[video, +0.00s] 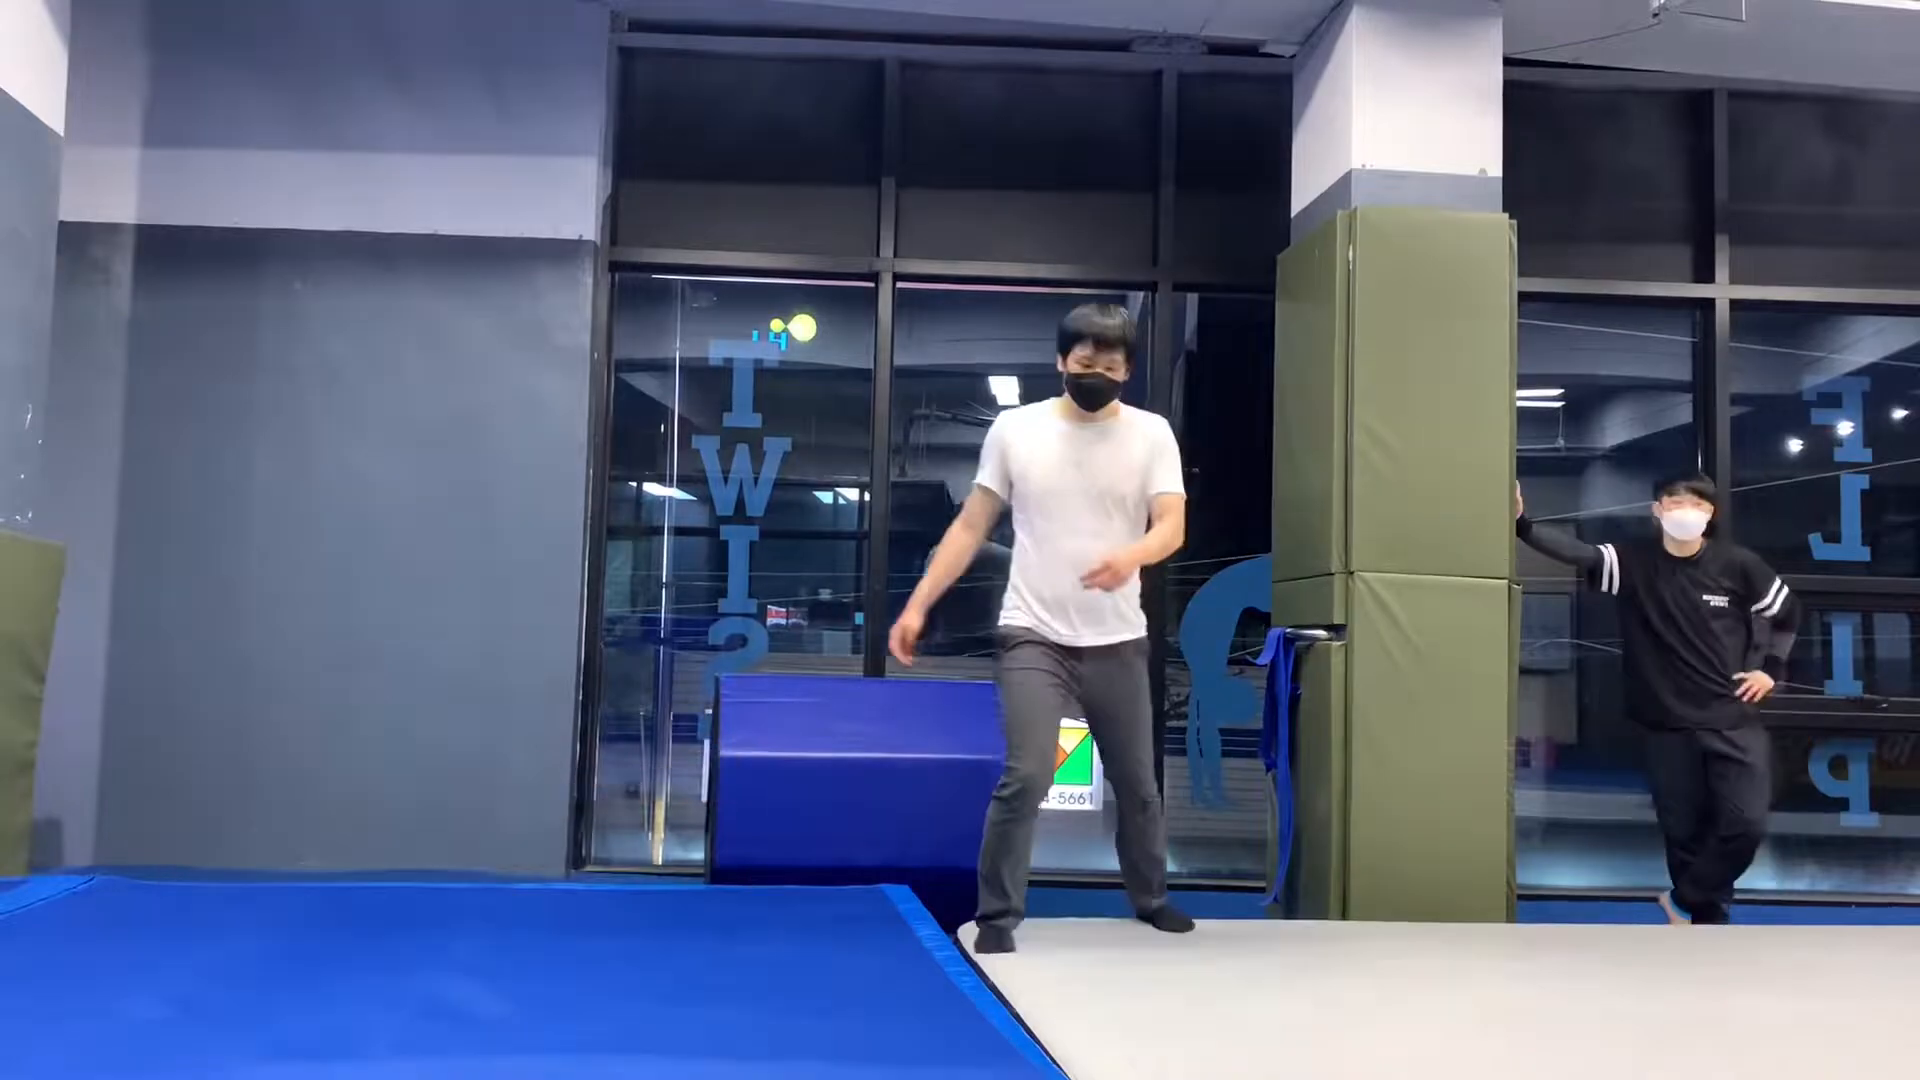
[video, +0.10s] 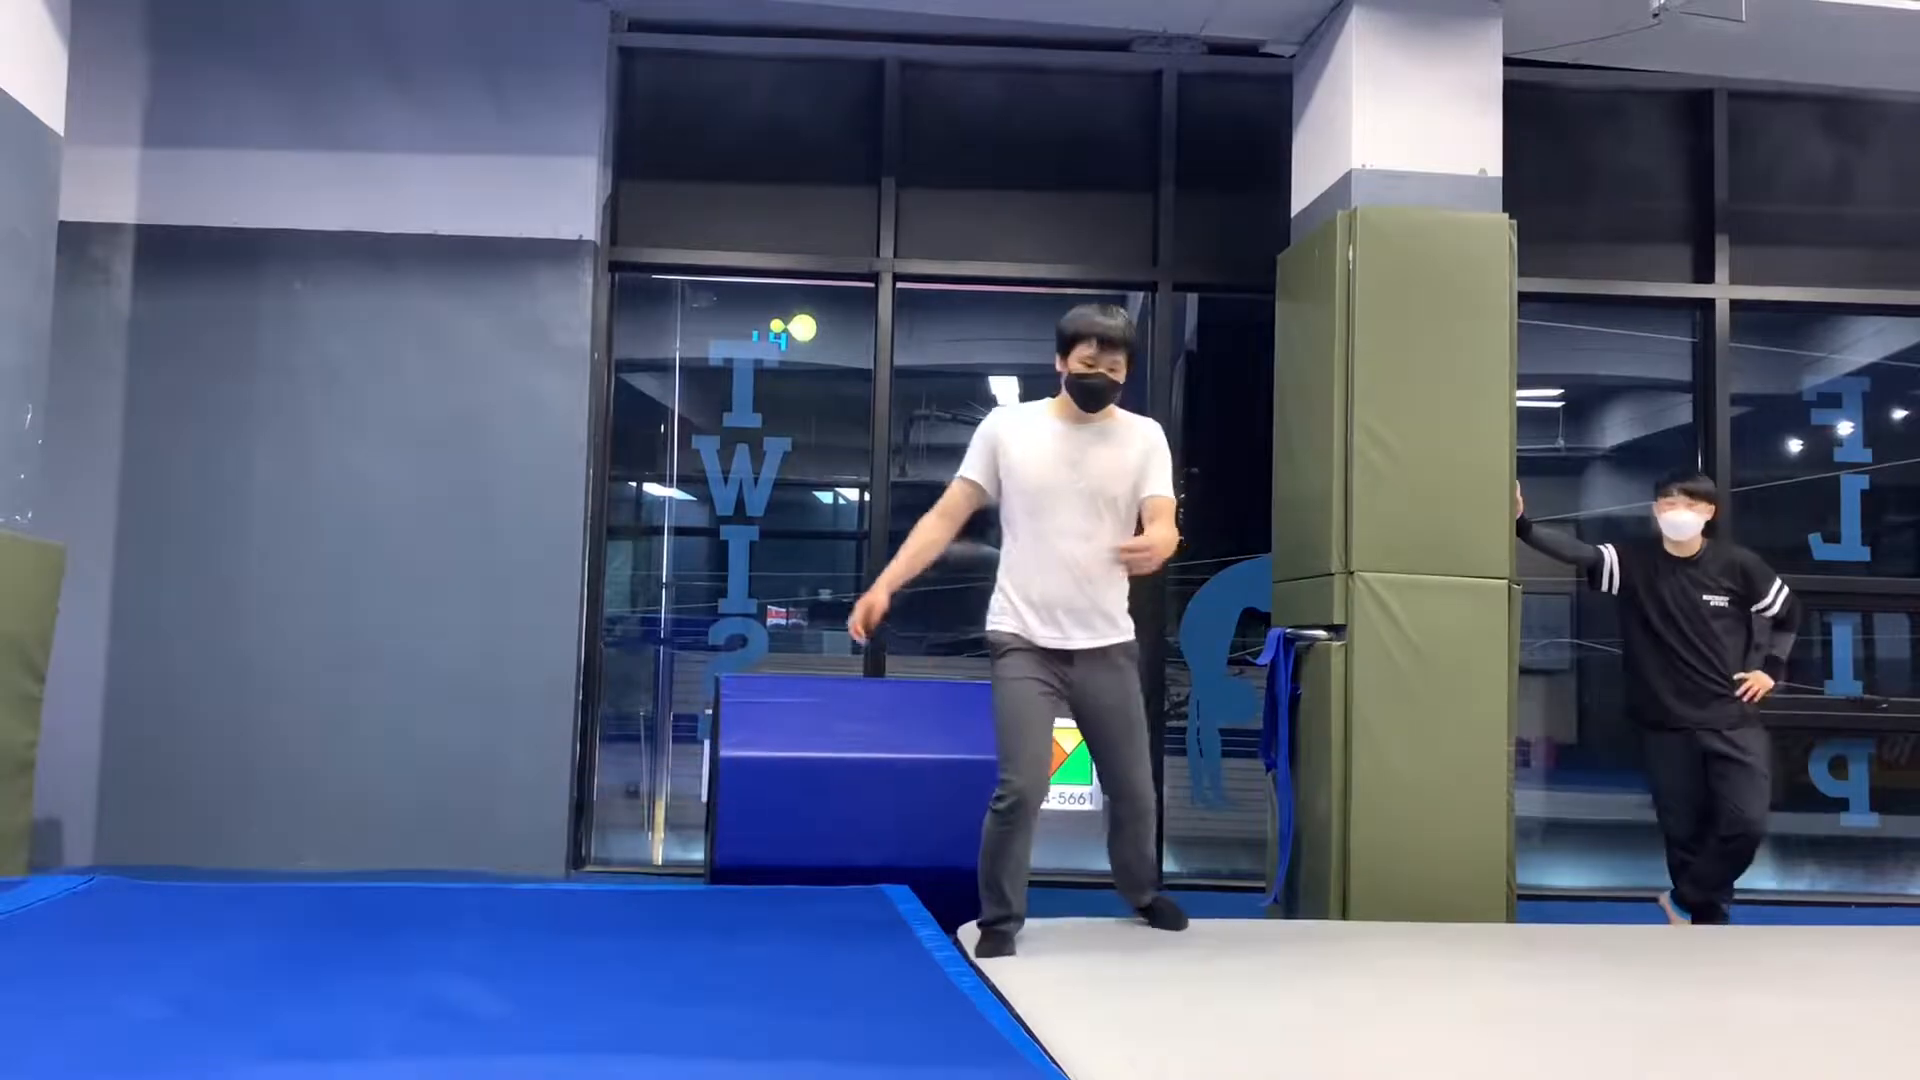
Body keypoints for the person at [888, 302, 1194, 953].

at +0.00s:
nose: (1096, 367)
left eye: (1111, 357)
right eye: (1086, 354)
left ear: (1128, 365)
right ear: (1062, 358)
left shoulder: (1151, 434)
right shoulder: (1014, 431)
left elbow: (1172, 527)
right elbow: (970, 527)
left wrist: (1132, 557)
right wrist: (918, 605)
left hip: (1117, 638)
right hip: (1033, 634)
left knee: (1138, 783)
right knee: (1026, 777)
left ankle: (1152, 900)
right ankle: (996, 920)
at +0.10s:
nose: (1096, 366)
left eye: (1110, 356)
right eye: (1085, 353)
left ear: (1128, 367)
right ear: (1061, 359)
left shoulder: (1144, 437)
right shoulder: (1007, 428)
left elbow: (1162, 523)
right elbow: (945, 517)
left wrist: (1158, 543)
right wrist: (883, 587)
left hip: (1106, 644)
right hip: (1022, 640)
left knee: (1135, 788)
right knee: (1021, 786)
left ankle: (1141, 890)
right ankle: (999, 922)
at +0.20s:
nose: (1112, 373)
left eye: (1123, 364)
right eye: (1100, 359)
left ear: (1132, 372)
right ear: (1066, 360)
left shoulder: (1140, 445)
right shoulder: (1004, 423)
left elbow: (1174, 536)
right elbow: (942, 488)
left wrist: (1227, 571)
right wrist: (902, 527)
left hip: (1098, 651)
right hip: (1013, 647)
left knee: (1135, 796)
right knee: (1015, 798)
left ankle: (1111, 884)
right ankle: (1001, 926)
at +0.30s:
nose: (1131, 367)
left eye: (1140, 356)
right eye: (1121, 351)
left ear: (1143, 364)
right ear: (1082, 349)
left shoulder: (1138, 435)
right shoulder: (1022, 401)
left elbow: (1196, 519)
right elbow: (973, 427)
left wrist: (1284, 578)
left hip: (1096, 643)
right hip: (1010, 641)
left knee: (1124, 770)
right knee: (1008, 804)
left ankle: (1076, 903)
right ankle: (1000, 937)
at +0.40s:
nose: (1188, 333)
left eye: (1191, 322)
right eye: (1176, 317)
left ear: (1178, 329)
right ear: (1136, 312)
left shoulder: (1149, 406)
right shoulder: (1071, 362)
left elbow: (1176, 494)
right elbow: (1053, 341)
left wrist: (1249, 558)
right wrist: (1164, 316)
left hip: (1088, 598)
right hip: (1006, 585)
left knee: (1102, 744)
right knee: (995, 762)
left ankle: (1064, 918)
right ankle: (988, 915)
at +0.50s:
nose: (1213, 333)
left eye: (1221, 323)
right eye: (1206, 316)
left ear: (1205, 325)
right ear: (1165, 305)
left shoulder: (1168, 386)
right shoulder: (1119, 328)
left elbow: (1114, 471)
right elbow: (1083, 328)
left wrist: (1130, 540)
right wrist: (1180, 362)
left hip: (1093, 591)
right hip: (1016, 563)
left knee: (1096, 747)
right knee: (955, 724)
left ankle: (1090, 926)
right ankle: (911, 828)